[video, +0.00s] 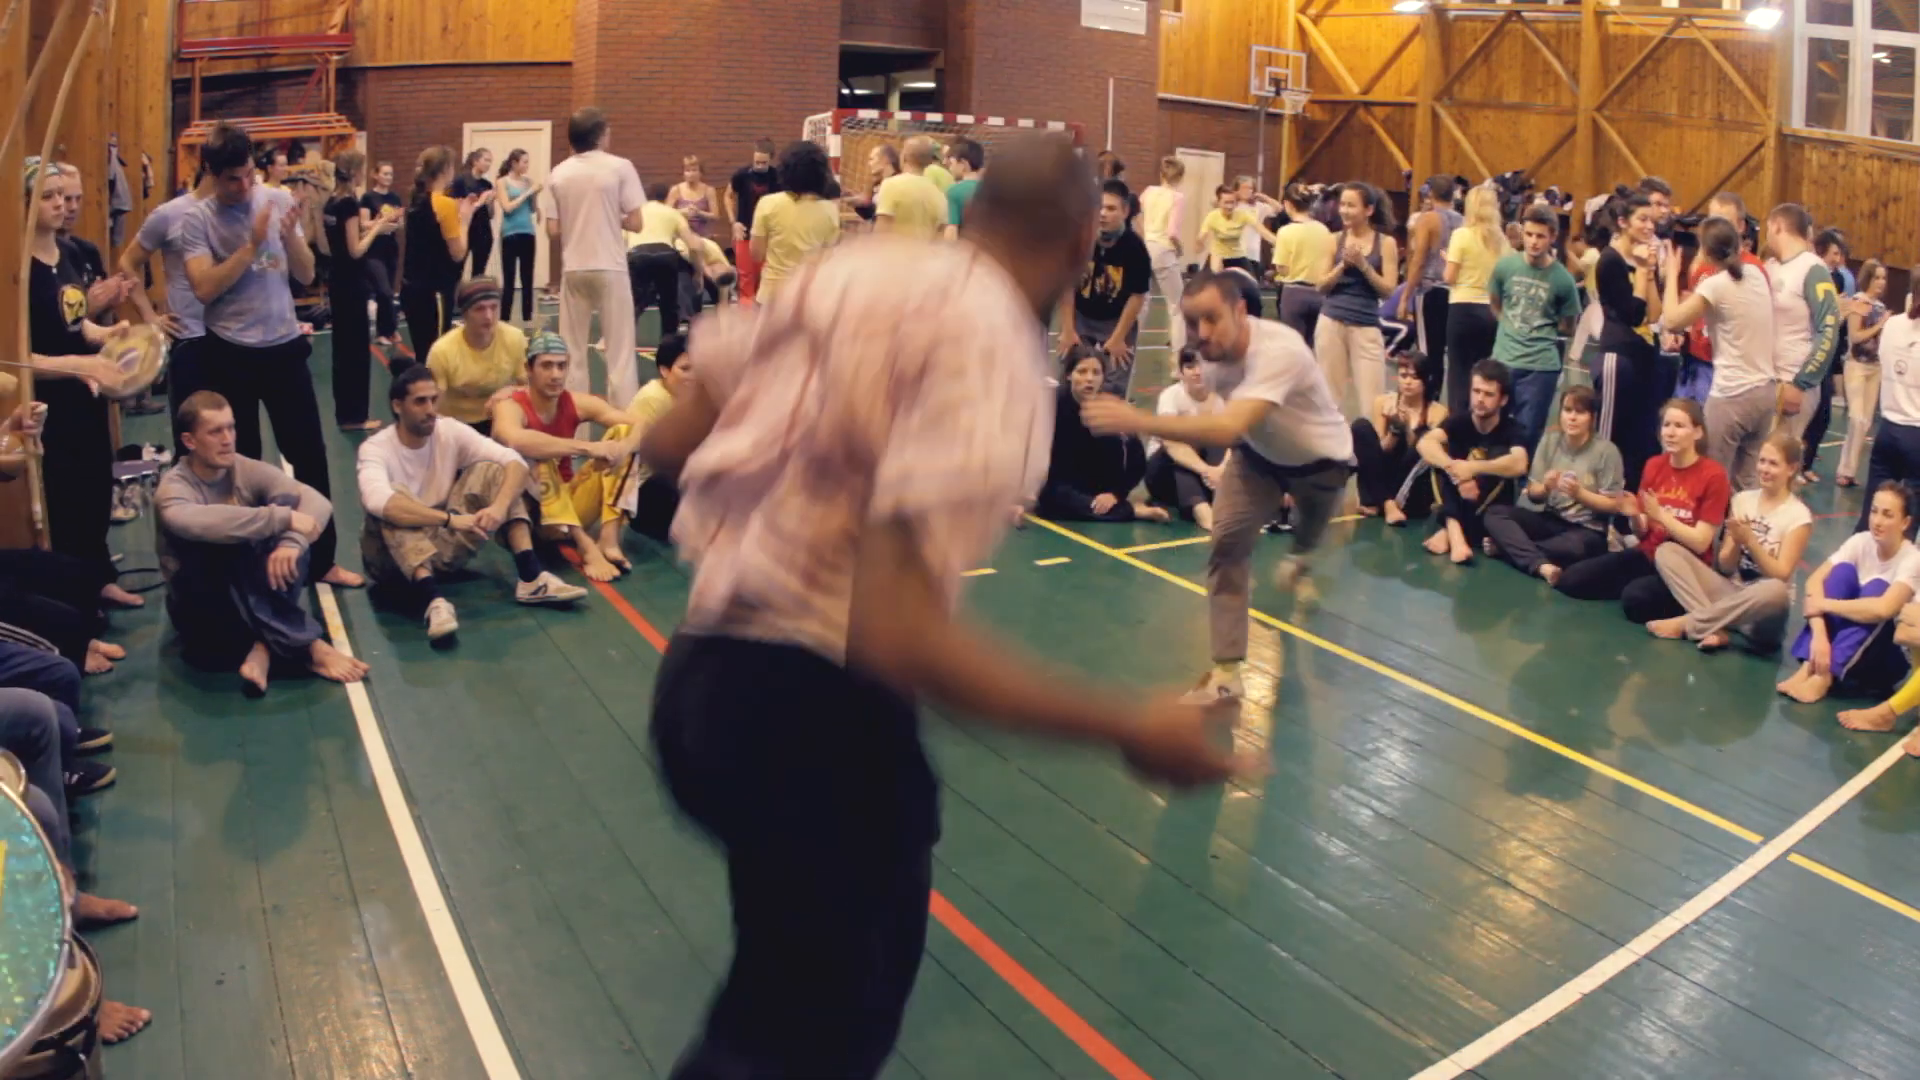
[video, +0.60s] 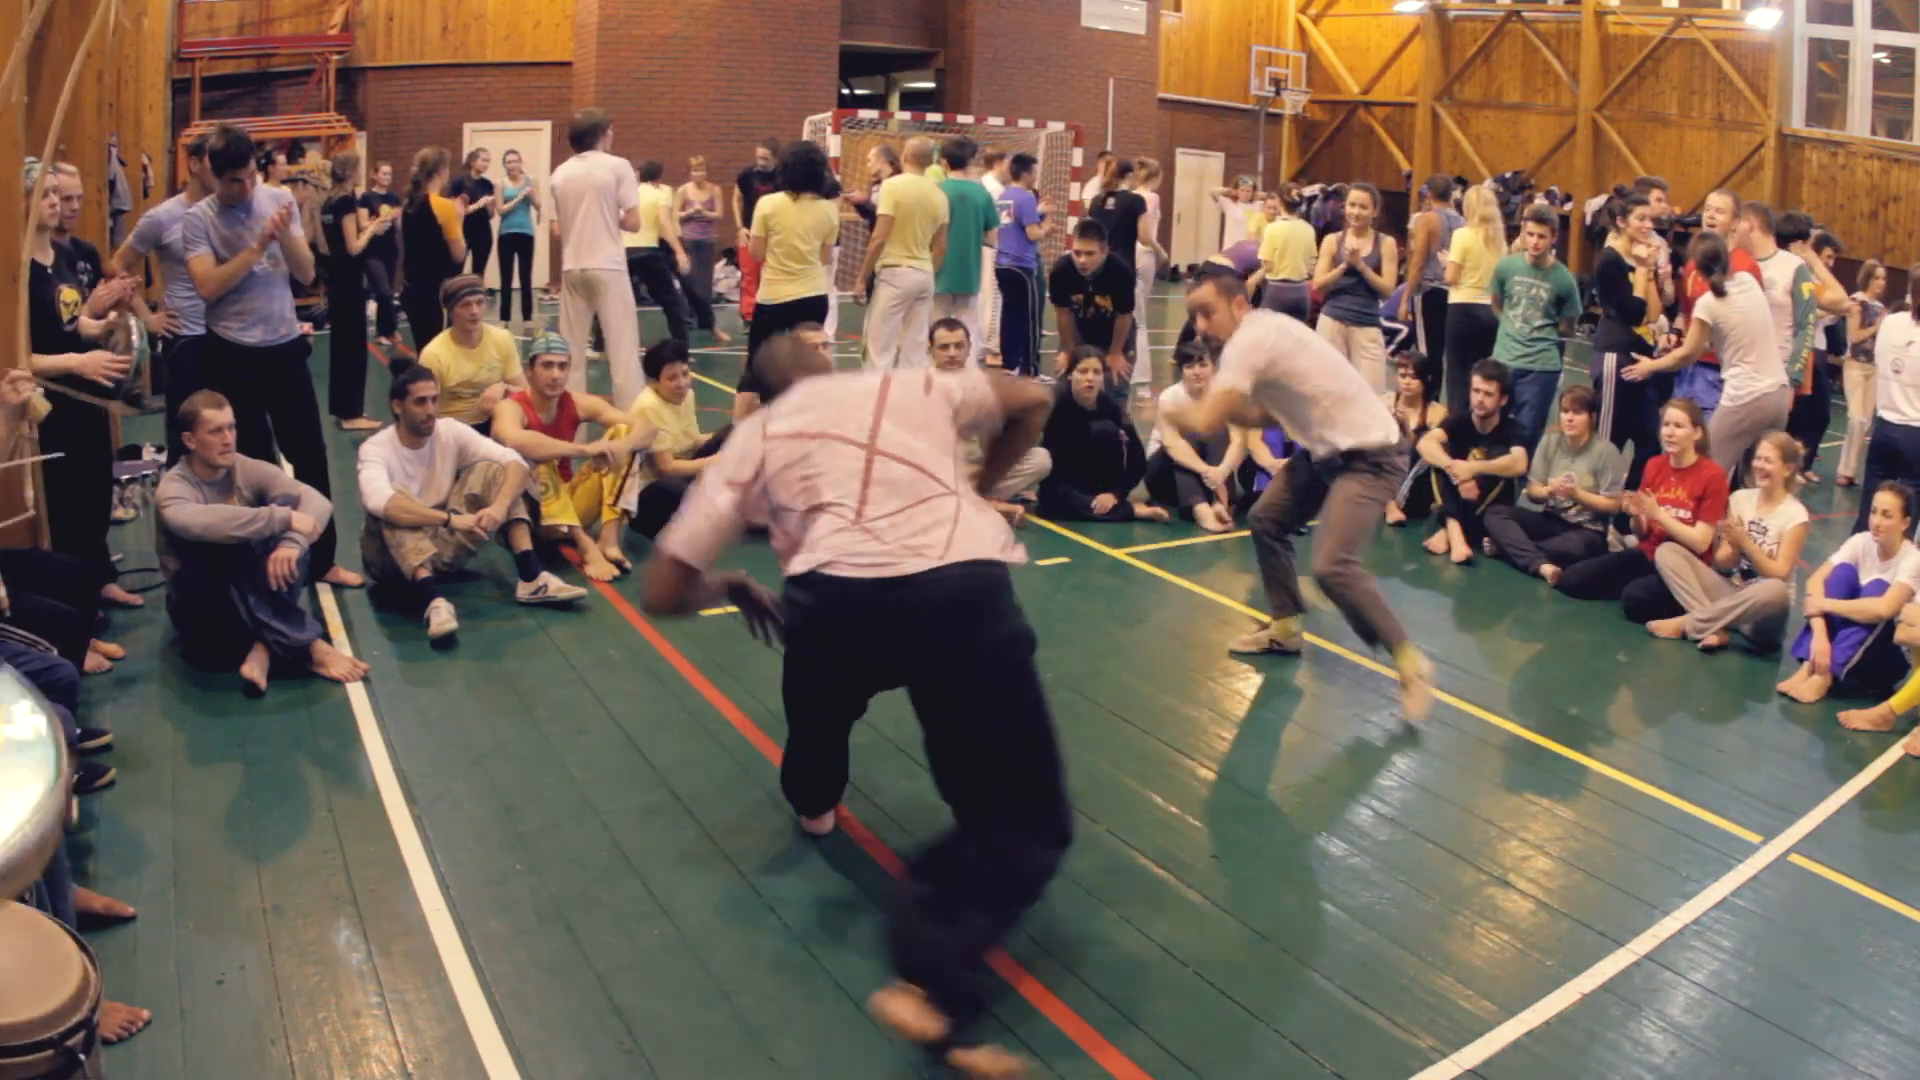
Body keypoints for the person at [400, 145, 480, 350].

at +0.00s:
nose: (453, 172)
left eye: (453, 167)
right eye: (452, 167)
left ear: (426, 169)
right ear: (444, 170)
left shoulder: (414, 200)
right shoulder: (444, 204)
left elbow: (431, 240)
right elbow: (458, 252)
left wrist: (459, 213)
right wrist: (465, 219)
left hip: (411, 285)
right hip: (433, 289)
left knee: (422, 353)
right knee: (433, 354)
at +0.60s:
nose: (449, 173)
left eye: (448, 168)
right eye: (447, 168)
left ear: (421, 170)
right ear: (441, 171)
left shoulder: (408, 206)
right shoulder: (444, 206)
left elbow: (405, 250)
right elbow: (458, 253)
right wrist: (459, 217)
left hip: (412, 286)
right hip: (434, 288)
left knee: (423, 350)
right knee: (434, 349)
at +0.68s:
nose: (450, 173)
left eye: (450, 168)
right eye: (449, 167)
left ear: (422, 170)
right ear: (443, 171)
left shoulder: (409, 207)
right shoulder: (445, 205)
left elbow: (405, 251)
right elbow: (462, 251)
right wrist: (464, 215)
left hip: (413, 287)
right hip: (438, 289)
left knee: (425, 351)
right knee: (439, 350)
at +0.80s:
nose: (451, 172)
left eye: (450, 167)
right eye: (450, 166)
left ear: (423, 170)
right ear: (444, 170)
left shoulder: (411, 206)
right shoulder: (447, 204)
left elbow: (406, 251)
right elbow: (464, 250)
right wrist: (466, 214)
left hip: (415, 285)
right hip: (441, 287)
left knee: (425, 349)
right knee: (441, 349)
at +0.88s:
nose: (452, 172)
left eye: (452, 167)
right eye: (451, 167)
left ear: (425, 170)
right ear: (445, 170)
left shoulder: (411, 207)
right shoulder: (452, 204)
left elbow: (411, 248)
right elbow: (463, 250)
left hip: (417, 284)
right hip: (444, 284)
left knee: (425, 348)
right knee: (441, 345)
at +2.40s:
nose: (478, 168)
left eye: (478, 162)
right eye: (476, 163)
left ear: (448, 166)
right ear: (469, 168)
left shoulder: (432, 201)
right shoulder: (473, 201)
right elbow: (490, 245)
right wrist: (493, 211)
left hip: (437, 282)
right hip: (467, 284)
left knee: (439, 346)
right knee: (465, 346)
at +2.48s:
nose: (480, 167)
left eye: (480, 162)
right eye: (478, 163)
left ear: (450, 166)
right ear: (471, 168)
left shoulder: (433, 201)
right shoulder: (476, 200)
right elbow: (491, 245)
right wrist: (496, 211)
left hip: (438, 283)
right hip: (469, 284)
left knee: (439, 345)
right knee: (467, 344)